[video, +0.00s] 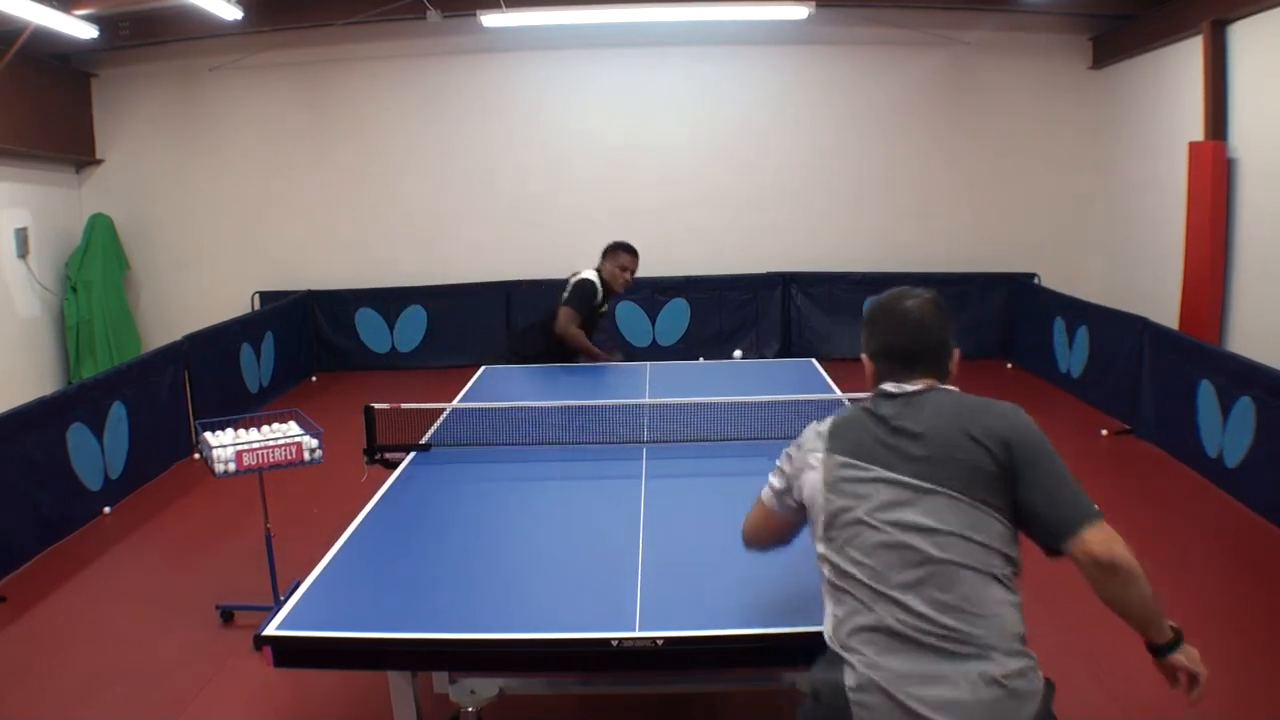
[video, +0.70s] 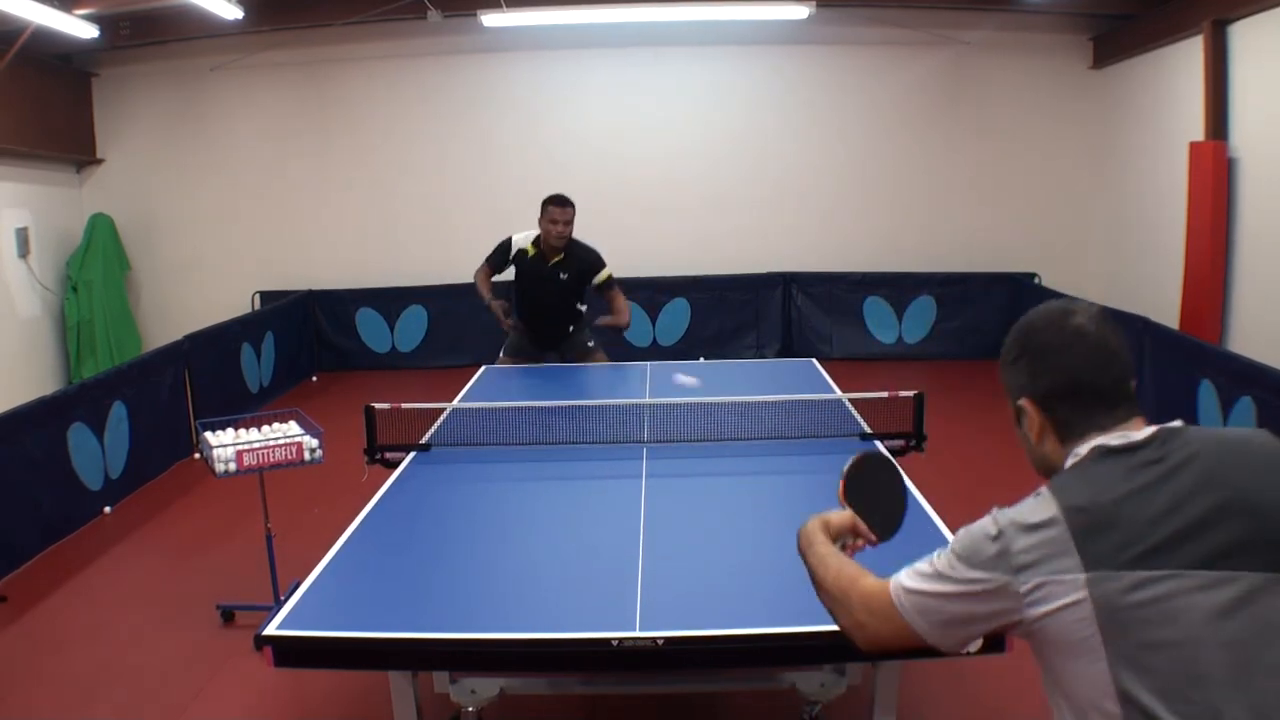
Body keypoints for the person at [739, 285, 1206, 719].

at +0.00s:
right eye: (957, 353)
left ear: (866, 366)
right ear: (954, 364)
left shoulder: (821, 441)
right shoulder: (1004, 427)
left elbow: (757, 533)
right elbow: (1102, 553)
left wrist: (815, 482)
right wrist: (1165, 642)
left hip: (867, 698)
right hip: (997, 699)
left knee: (825, 677)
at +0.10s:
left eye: (903, 354)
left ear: (910, 363)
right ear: (1003, 360)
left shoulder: (865, 450)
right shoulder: (1071, 440)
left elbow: (775, 569)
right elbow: (1173, 567)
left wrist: (834, 531)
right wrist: (1175, 619)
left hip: (910, 704)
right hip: (1045, 705)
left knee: (820, 687)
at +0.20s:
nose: (945, 333)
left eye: (944, 323)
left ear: (954, 329)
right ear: (1047, 324)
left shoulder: (926, 415)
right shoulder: (1132, 409)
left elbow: (815, 553)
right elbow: (1212, 530)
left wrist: (872, 535)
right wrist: (1156, 558)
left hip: (978, 695)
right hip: (1115, 696)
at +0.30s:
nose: (973, 309)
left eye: (970, 296)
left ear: (983, 304)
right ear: (1075, 295)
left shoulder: (958, 388)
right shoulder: (1168, 379)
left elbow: (851, 553)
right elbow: (1241, 519)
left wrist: (882, 562)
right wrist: (1143, 539)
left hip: (1023, 694)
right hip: (1168, 691)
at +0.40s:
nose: (993, 333)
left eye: (992, 322)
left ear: (1005, 328)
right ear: (1102, 316)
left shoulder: (981, 422)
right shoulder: (1199, 401)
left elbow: (883, 613)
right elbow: (1265, 561)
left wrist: (913, 620)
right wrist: (1174, 578)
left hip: (1051, 705)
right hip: (1199, 704)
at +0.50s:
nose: (1000, 423)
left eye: (997, 409)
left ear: (1010, 410)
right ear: (1108, 387)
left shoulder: (1002, 526)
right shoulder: (1227, 471)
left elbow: (898, 693)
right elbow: (1269, 623)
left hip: (1079, 708)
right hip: (1226, 708)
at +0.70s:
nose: (1017, 432)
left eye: (1014, 415)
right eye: (1015, 416)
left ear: (1033, 418)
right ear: (1130, 390)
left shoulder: (1032, 537)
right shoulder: (1261, 457)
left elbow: (874, 622)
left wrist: (814, 538)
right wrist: (1026, 602)